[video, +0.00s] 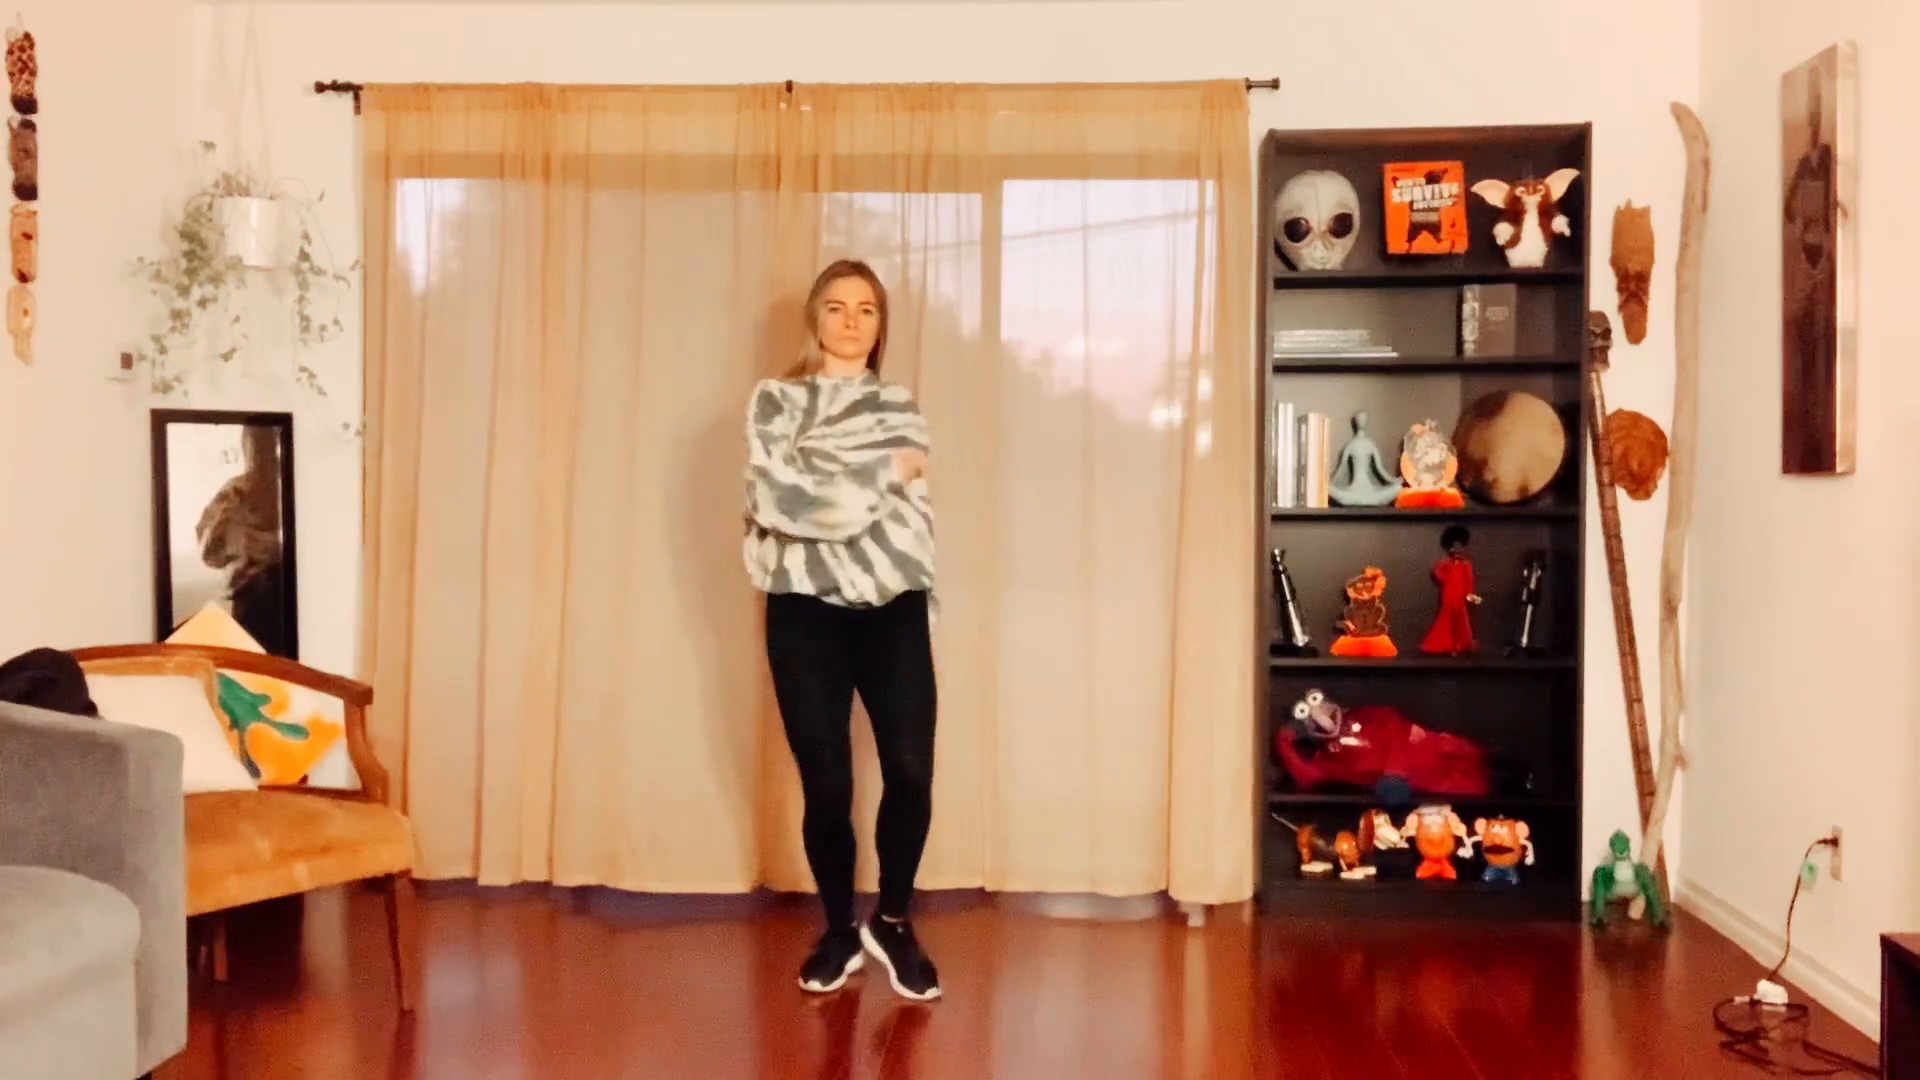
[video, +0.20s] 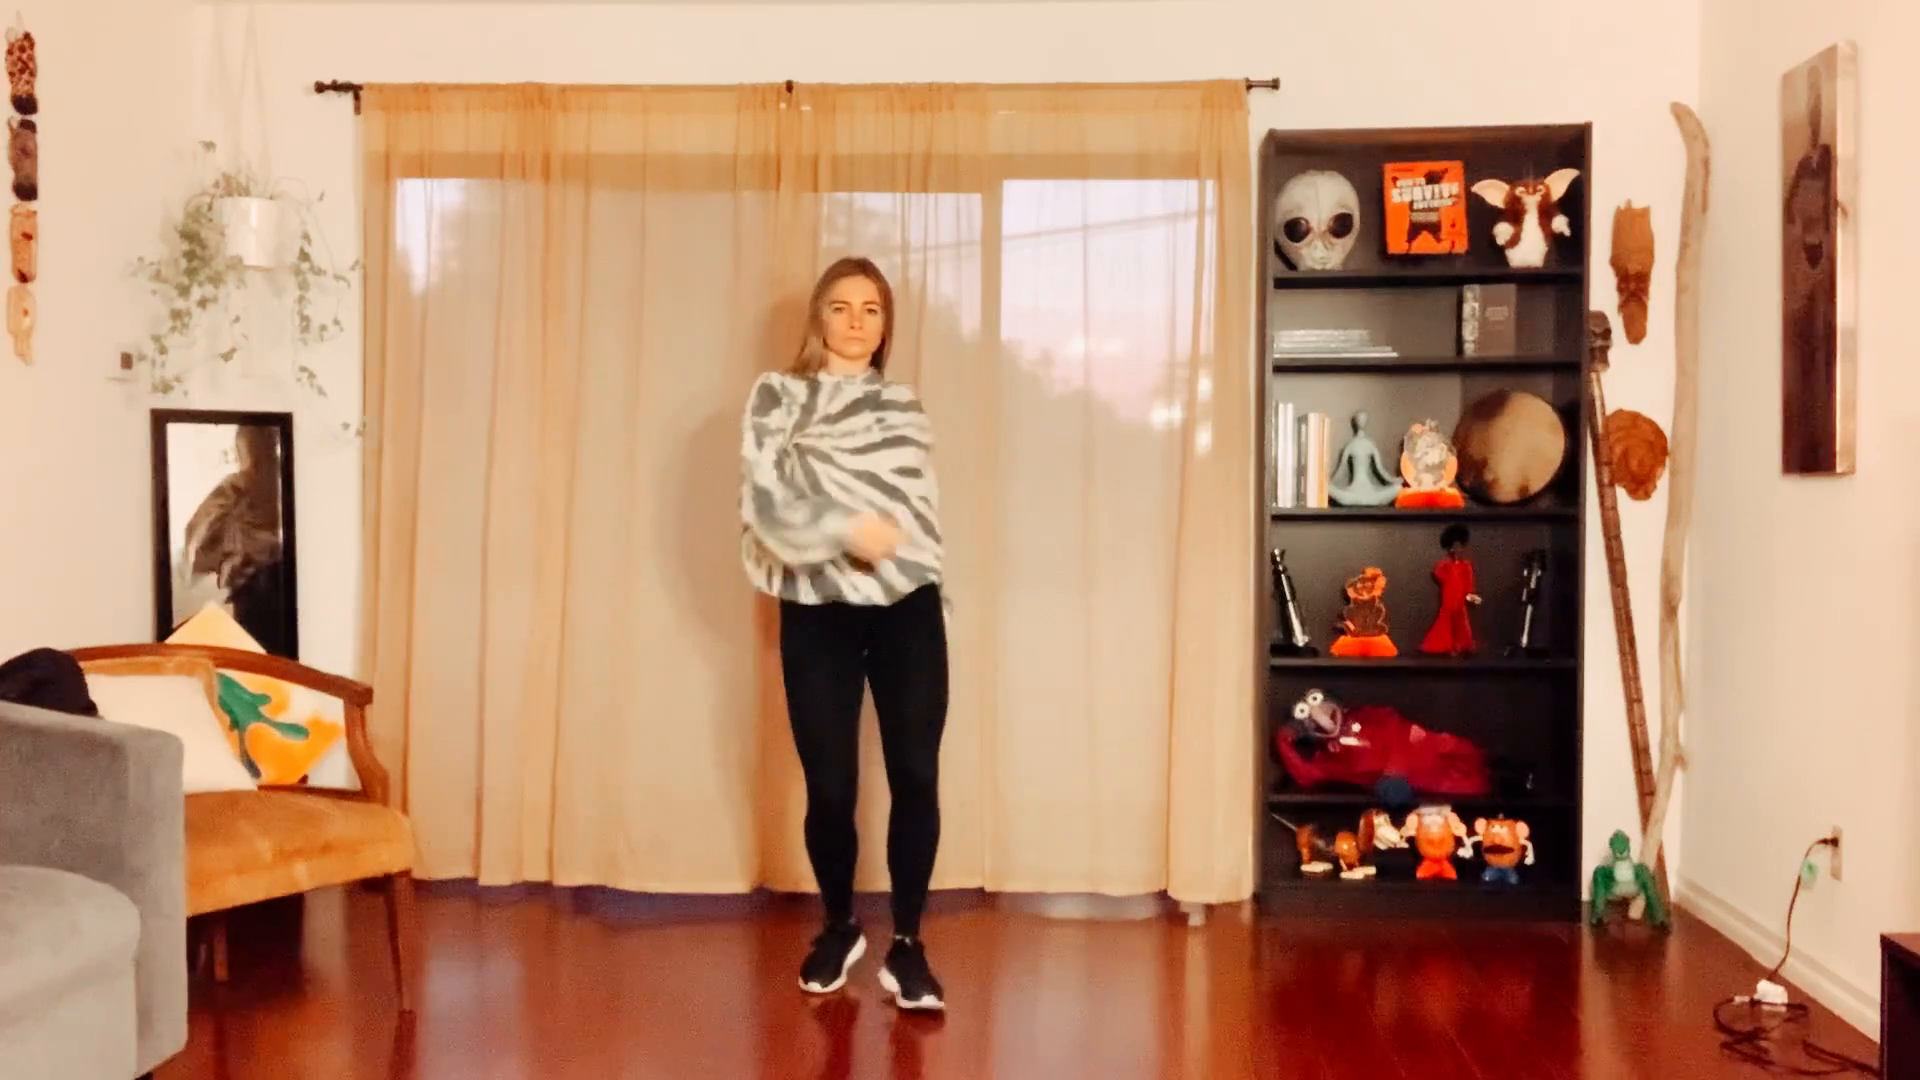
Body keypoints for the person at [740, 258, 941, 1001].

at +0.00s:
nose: (850, 319)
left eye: (864, 309)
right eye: (835, 306)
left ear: (880, 324)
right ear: (813, 318)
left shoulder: (899, 410)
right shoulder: (775, 398)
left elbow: (903, 517)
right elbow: (770, 494)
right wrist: (882, 473)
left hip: (893, 605)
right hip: (803, 607)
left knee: (911, 775)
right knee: (826, 784)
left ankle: (893, 920)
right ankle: (840, 929)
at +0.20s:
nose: (855, 320)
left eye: (869, 309)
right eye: (840, 306)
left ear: (884, 324)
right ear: (817, 317)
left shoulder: (902, 406)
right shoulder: (776, 396)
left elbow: (916, 517)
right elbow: (763, 507)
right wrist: (846, 530)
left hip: (906, 610)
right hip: (815, 613)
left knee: (915, 780)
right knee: (829, 791)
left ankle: (906, 945)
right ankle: (838, 929)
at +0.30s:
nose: (860, 318)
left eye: (874, 308)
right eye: (846, 305)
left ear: (892, 321)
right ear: (823, 315)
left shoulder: (911, 405)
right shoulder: (784, 395)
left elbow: (932, 513)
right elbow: (756, 489)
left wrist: (949, 610)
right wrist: (758, 551)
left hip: (917, 613)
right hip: (826, 616)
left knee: (918, 786)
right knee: (831, 794)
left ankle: (908, 952)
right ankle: (839, 925)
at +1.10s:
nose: (902, 312)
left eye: (917, 300)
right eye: (887, 301)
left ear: (939, 310)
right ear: (871, 314)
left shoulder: (978, 397)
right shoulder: (841, 402)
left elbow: (1006, 505)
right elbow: (797, 480)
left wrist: (952, 531)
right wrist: (800, 508)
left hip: (940, 617)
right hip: (848, 615)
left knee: (922, 795)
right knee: (833, 795)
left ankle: (906, 959)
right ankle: (847, 954)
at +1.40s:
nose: (890, 310)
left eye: (906, 299)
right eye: (876, 298)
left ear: (929, 312)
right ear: (857, 311)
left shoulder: (960, 388)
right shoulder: (833, 398)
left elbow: (977, 488)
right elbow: (786, 500)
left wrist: (893, 411)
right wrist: (845, 412)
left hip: (920, 611)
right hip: (829, 610)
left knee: (913, 797)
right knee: (827, 793)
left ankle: (906, 959)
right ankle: (845, 957)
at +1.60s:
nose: (886, 306)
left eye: (901, 295)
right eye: (873, 294)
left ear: (924, 309)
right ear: (853, 309)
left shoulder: (946, 381)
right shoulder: (832, 398)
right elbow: (783, 471)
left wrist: (844, 492)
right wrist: (825, 476)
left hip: (918, 606)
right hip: (830, 604)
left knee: (913, 795)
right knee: (829, 787)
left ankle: (906, 958)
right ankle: (847, 958)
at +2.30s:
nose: (896, 297)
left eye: (912, 286)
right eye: (882, 285)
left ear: (933, 301)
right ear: (862, 299)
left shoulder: (956, 390)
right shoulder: (820, 390)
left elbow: (963, 489)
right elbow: (798, 494)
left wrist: (951, 574)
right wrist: (799, 581)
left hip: (929, 608)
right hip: (838, 605)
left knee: (919, 791)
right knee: (837, 788)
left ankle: (905, 959)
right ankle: (848, 956)